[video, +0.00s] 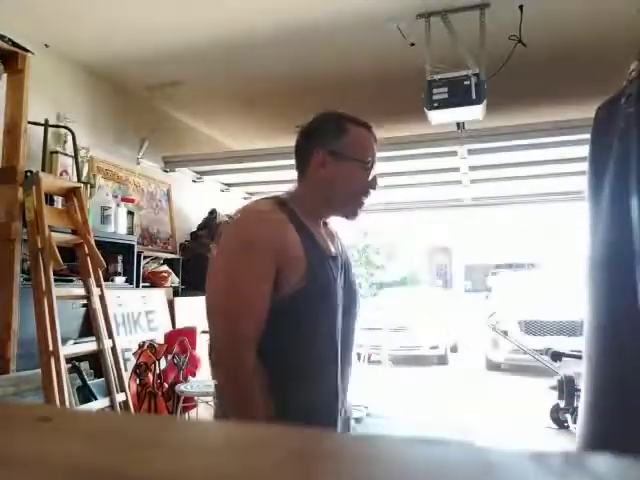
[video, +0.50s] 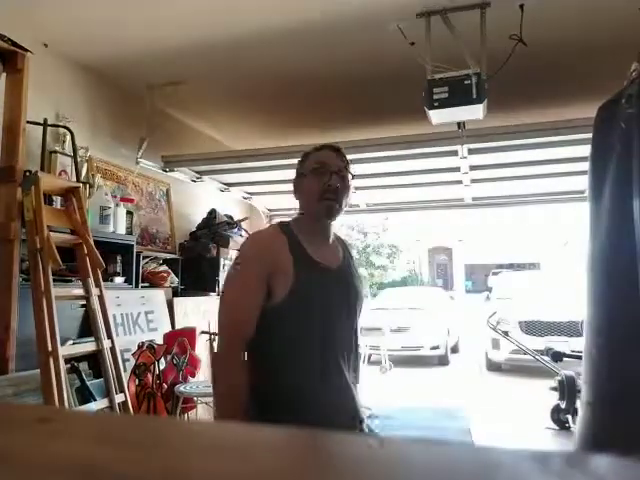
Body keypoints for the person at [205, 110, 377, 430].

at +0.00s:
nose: (373, 183)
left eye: (373, 170)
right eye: (366, 167)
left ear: (322, 164)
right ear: (322, 162)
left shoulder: (330, 238)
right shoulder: (256, 228)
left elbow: (331, 353)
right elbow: (231, 358)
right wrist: (259, 456)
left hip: (324, 443)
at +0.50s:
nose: (333, 180)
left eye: (342, 175)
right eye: (319, 171)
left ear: (349, 191)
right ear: (296, 187)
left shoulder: (344, 254)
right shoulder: (263, 248)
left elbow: (347, 345)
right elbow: (230, 349)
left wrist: (355, 419)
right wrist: (233, 440)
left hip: (342, 428)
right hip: (276, 430)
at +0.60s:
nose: (338, 192)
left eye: (348, 186)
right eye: (326, 184)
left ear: (357, 203)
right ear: (307, 199)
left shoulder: (356, 259)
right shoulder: (277, 256)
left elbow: (363, 331)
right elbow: (242, 348)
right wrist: (241, 434)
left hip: (356, 431)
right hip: (291, 432)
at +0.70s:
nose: (348, 198)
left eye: (357, 192)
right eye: (337, 190)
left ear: (366, 207)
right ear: (320, 202)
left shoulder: (365, 259)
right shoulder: (291, 259)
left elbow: (385, 328)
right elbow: (259, 338)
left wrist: (427, 382)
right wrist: (258, 411)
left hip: (364, 418)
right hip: (306, 420)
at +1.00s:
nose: (346, 200)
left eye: (354, 194)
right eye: (337, 194)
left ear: (368, 207)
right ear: (325, 206)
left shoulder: (387, 255)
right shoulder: (304, 257)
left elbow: (404, 313)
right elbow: (289, 319)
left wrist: (426, 367)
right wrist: (290, 371)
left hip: (375, 391)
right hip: (319, 391)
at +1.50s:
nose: (329, 230)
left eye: (337, 223)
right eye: (326, 224)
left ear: (358, 225)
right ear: (323, 226)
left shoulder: (390, 258)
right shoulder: (332, 268)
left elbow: (424, 304)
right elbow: (332, 318)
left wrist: (420, 355)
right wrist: (317, 352)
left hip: (389, 374)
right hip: (351, 373)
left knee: (377, 458)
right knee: (350, 456)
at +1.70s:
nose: (348, 231)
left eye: (355, 225)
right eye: (346, 225)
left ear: (375, 226)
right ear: (344, 228)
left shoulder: (402, 260)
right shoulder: (356, 269)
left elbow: (427, 315)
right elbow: (356, 313)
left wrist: (399, 359)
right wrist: (321, 322)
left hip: (405, 381)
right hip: (364, 379)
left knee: (405, 460)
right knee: (359, 460)